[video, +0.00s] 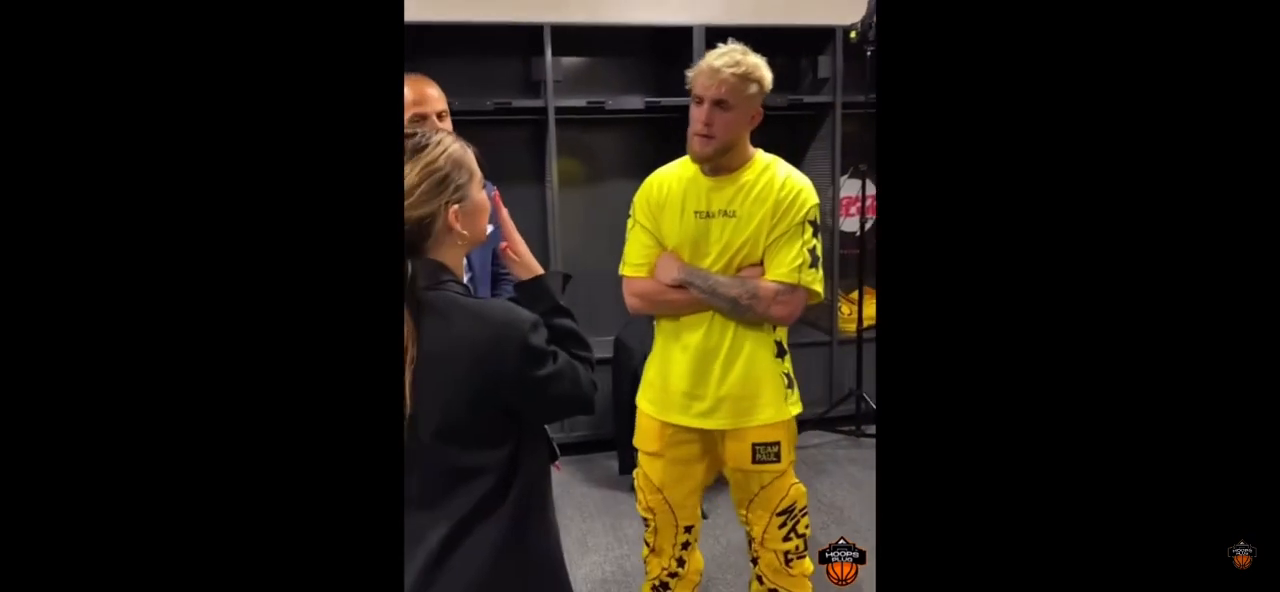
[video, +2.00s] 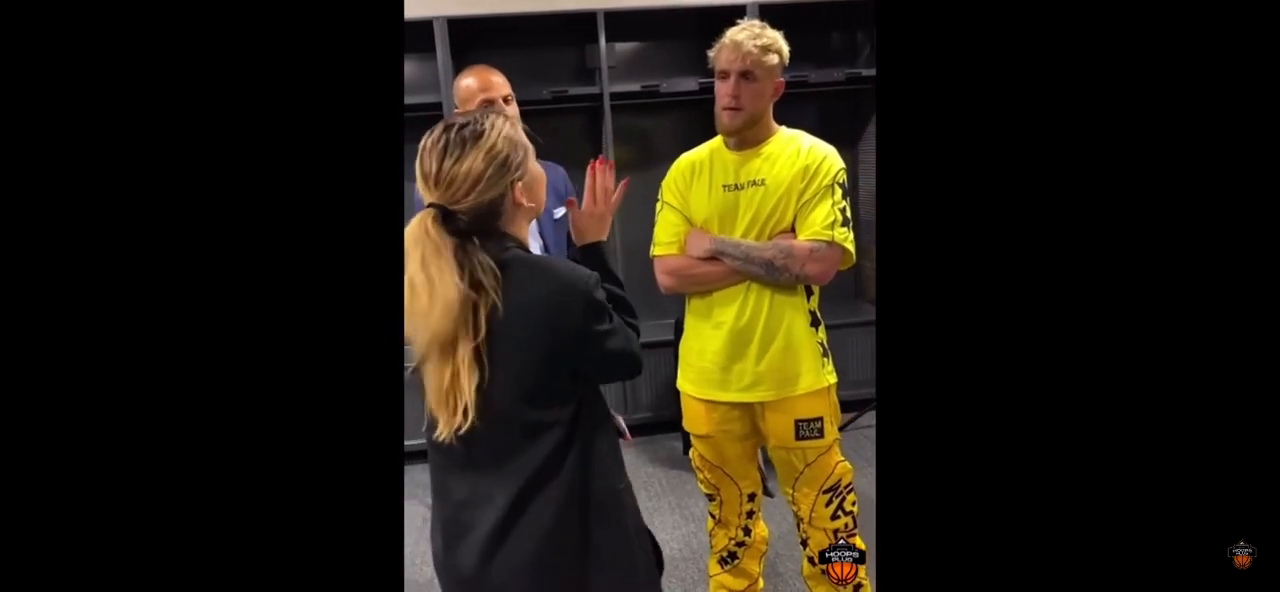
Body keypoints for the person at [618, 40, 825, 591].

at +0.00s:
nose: (701, 118)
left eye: (720, 106)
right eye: (696, 102)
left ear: (755, 117)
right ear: (687, 105)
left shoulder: (789, 191)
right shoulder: (657, 188)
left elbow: (785, 305)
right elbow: (637, 297)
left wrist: (683, 273)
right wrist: (741, 287)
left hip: (757, 401)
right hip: (668, 399)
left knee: (780, 556)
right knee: (665, 558)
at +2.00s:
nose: (729, 92)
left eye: (746, 78)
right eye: (721, 77)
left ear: (776, 88)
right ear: (711, 83)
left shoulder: (815, 159)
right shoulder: (685, 171)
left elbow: (820, 265)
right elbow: (669, 275)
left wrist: (710, 243)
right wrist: (773, 257)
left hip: (794, 374)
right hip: (707, 377)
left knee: (829, 524)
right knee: (729, 529)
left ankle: (843, 585)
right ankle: (733, 586)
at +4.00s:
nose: (707, 76)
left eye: (724, 62)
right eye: (700, 63)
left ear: (758, 71)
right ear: (694, 72)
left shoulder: (804, 144)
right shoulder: (678, 162)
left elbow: (807, 248)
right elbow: (660, 267)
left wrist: (700, 234)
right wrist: (759, 245)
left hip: (784, 365)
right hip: (698, 369)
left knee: (817, 517)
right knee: (717, 520)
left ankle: (833, 583)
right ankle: (723, 584)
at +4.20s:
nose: (707, 74)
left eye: (724, 60)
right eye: (701, 62)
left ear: (759, 69)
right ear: (695, 70)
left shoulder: (805, 143)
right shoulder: (678, 161)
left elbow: (808, 246)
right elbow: (661, 265)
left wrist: (699, 232)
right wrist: (760, 244)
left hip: (785, 363)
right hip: (699, 367)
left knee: (818, 516)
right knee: (719, 519)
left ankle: (836, 584)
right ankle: (723, 585)